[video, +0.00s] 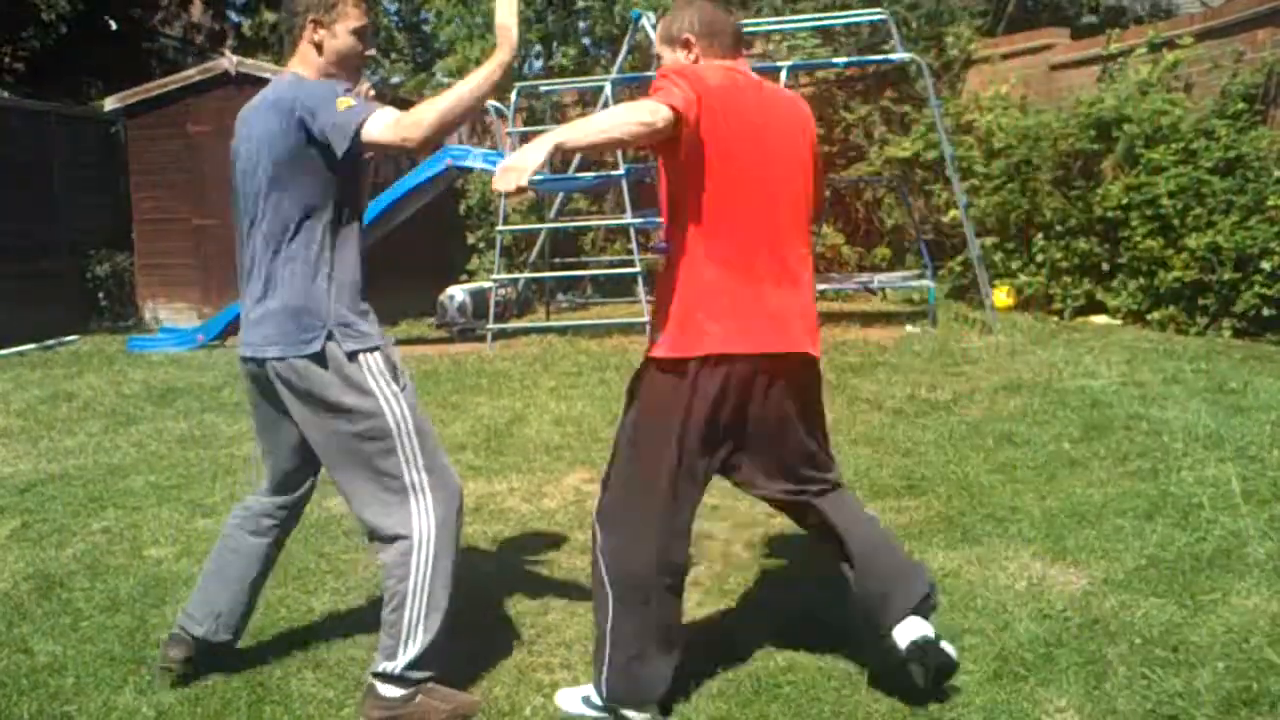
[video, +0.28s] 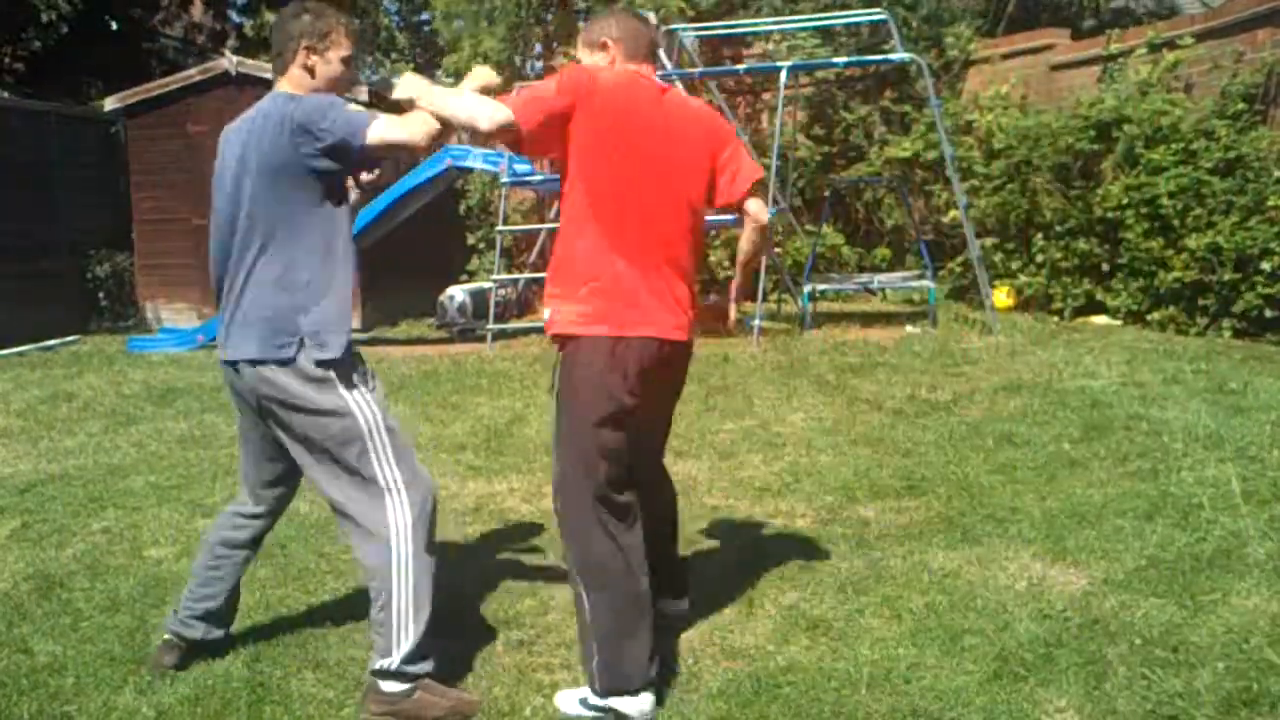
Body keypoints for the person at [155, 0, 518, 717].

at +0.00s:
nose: (370, 49)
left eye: (370, 35)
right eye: (362, 34)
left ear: (314, 34)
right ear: (318, 33)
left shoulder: (254, 114)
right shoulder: (308, 97)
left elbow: (330, 212)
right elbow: (412, 131)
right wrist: (502, 55)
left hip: (265, 338)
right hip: (328, 334)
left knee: (276, 492)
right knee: (426, 495)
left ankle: (196, 638)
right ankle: (400, 680)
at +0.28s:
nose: (349, 74)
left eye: (350, 63)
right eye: (343, 62)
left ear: (292, 59)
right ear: (307, 56)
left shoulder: (239, 131)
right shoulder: (309, 114)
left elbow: (325, 208)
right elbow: (418, 134)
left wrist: (366, 165)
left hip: (246, 353)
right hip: (305, 353)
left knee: (257, 497)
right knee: (401, 494)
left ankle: (189, 632)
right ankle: (399, 674)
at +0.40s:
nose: (345, 65)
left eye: (346, 51)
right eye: (339, 49)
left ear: (293, 42)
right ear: (298, 41)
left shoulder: (259, 107)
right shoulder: (270, 103)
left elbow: (335, 201)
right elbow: (349, 171)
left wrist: (372, 134)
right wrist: (414, 148)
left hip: (251, 333)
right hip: (289, 333)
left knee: (262, 484)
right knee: (377, 474)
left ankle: (188, 632)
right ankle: (383, 661)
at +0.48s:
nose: (341, 59)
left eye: (342, 45)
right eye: (334, 42)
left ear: (291, 37)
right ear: (292, 35)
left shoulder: (284, 111)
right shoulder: (250, 99)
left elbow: (366, 183)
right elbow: (294, 195)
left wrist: (387, 114)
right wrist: (389, 191)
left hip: (266, 327)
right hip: (281, 328)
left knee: (262, 476)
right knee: (365, 471)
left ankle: (185, 629)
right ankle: (355, 657)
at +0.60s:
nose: (341, 54)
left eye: (341, 41)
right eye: (332, 40)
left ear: (305, 42)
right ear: (288, 37)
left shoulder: (317, 105)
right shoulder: (242, 113)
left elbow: (403, 81)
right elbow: (214, 219)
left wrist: (485, 29)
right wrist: (312, 276)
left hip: (275, 334)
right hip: (282, 337)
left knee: (247, 488)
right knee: (370, 475)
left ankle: (175, 634)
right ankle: (350, 654)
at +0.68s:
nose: (342, 52)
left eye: (342, 40)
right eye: (334, 39)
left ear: (301, 39)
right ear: (292, 38)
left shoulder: (314, 95)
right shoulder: (255, 110)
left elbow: (394, 83)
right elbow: (217, 201)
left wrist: (461, 24)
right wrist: (319, 245)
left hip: (274, 329)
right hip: (303, 330)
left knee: (248, 483)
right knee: (378, 480)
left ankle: (177, 631)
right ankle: (353, 655)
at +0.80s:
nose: (340, 52)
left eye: (340, 39)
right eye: (334, 37)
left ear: (291, 33)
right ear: (295, 31)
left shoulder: (248, 97)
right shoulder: (276, 93)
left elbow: (372, 134)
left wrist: (444, 101)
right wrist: (362, 143)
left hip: (267, 319)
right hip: (319, 319)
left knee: (256, 475)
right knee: (379, 474)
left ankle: (191, 619)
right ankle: (358, 653)